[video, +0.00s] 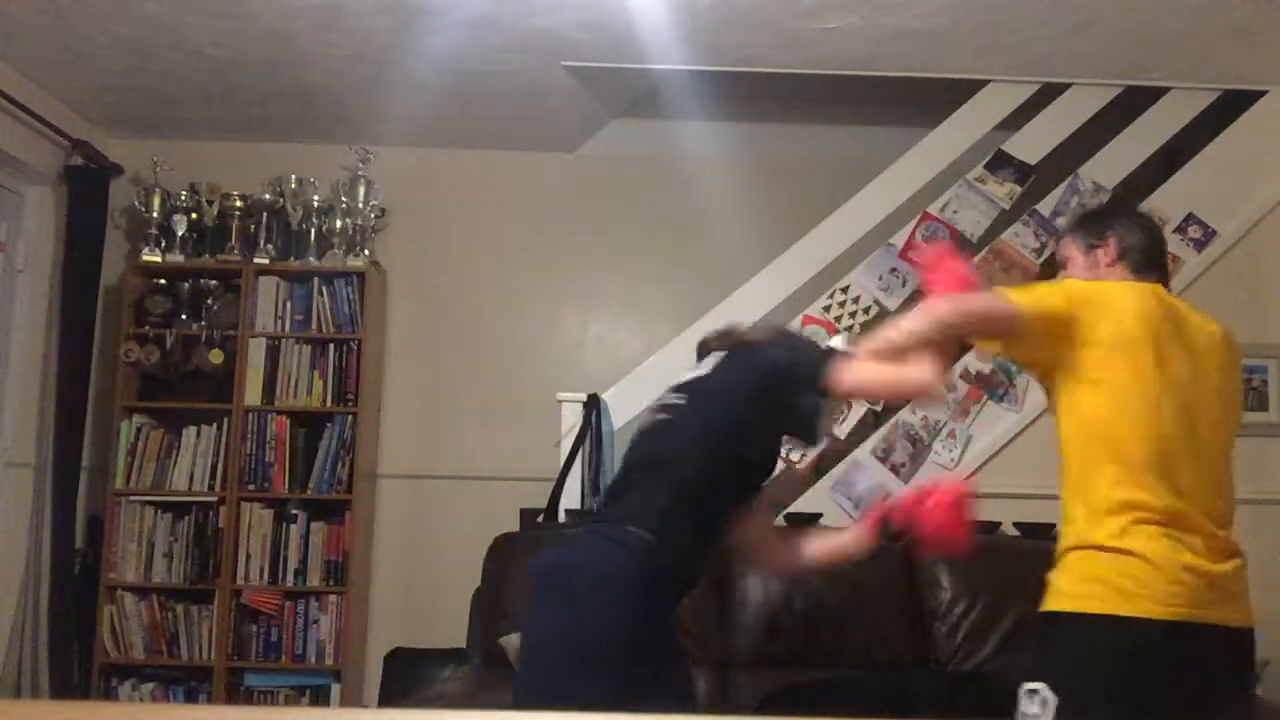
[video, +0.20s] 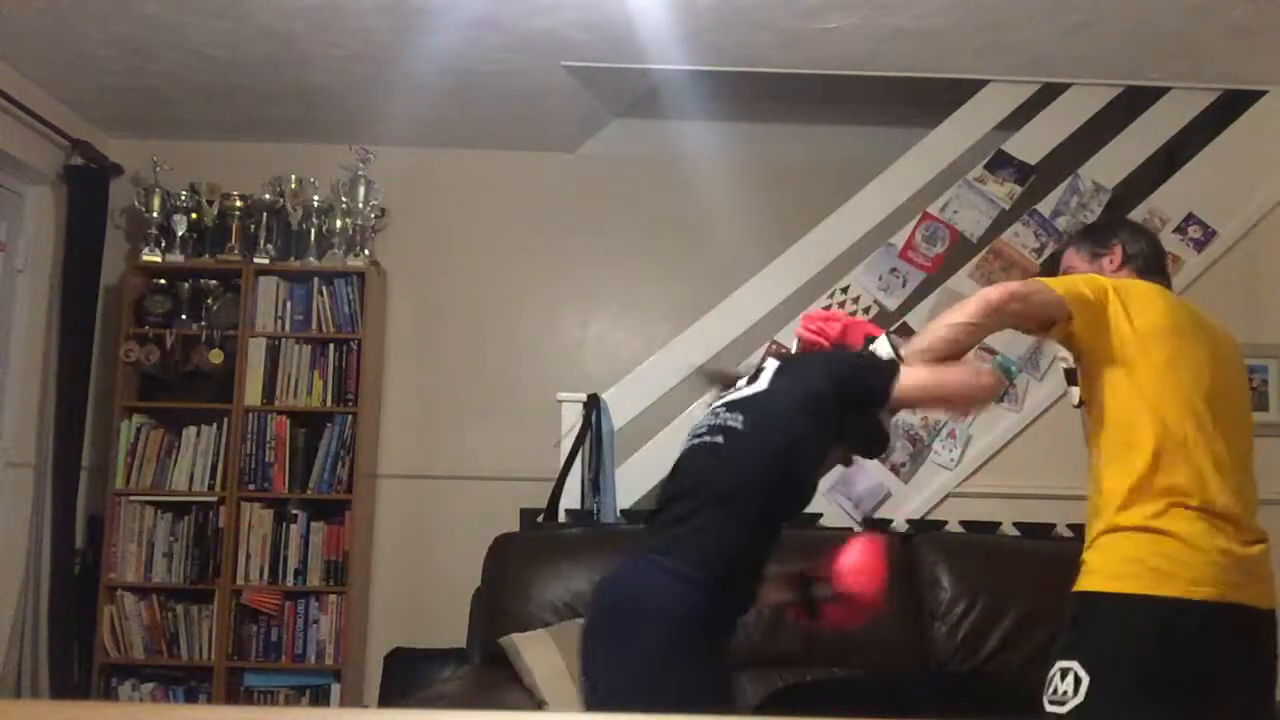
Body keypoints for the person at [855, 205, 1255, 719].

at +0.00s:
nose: (1062, 281)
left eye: (1066, 264)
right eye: (1061, 268)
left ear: (1108, 251)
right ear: (1164, 270)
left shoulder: (1092, 303)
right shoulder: (1220, 341)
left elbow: (946, 311)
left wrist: (862, 352)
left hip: (1109, 619)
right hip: (1220, 633)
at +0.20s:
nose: (1066, 289)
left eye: (1073, 276)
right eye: (1065, 280)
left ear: (1113, 261)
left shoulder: (1113, 299)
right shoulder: (1223, 342)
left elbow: (999, 298)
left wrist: (904, 365)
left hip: (1142, 592)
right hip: (1245, 610)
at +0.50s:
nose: (1085, 267)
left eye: (1100, 245)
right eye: (1078, 255)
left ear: (1159, 242)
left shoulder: (1191, 306)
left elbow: (1052, 393)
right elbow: (1149, 499)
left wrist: (930, 398)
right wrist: (1102, 423)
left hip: (1238, 587)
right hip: (1198, 594)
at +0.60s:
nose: (1106, 259)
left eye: (1123, 236)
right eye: (1096, 245)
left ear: (1183, 229)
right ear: (1088, 252)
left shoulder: (1213, 302)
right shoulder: (1157, 337)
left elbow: (1060, 402)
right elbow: (1119, 474)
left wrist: (978, 389)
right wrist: (1088, 357)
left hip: (1248, 586)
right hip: (1185, 602)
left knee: (1233, 704)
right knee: (1185, 707)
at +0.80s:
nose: (1159, 264)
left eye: (1178, 237)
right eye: (1145, 245)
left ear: (1244, 218)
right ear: (1133, 249)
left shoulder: (1267, 331)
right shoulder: (1196, 327)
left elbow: (1201, 508)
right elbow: (1142, 469)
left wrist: (1051, 426)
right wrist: (1141, 336)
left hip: (1247, 657)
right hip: (1191, 647)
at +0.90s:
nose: (1161, 298)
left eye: (1171, 275)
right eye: (1150, 277)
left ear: (1236, 246)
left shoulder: (1272, 374)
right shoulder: (1196, 334)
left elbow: (1195, 521)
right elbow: (1178, 464)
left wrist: (1112, 391)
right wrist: (1132, 361)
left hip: (1254, 666)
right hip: (1182, 643)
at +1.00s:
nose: (1193, 290)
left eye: (1191, 268)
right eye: (1176, 277)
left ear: (1239, 227)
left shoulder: (1270, 330)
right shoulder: (1208, 320)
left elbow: (1157, 456)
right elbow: (1153, 460)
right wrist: (1119, 305)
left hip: (1265, 666)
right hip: (1195, 652)